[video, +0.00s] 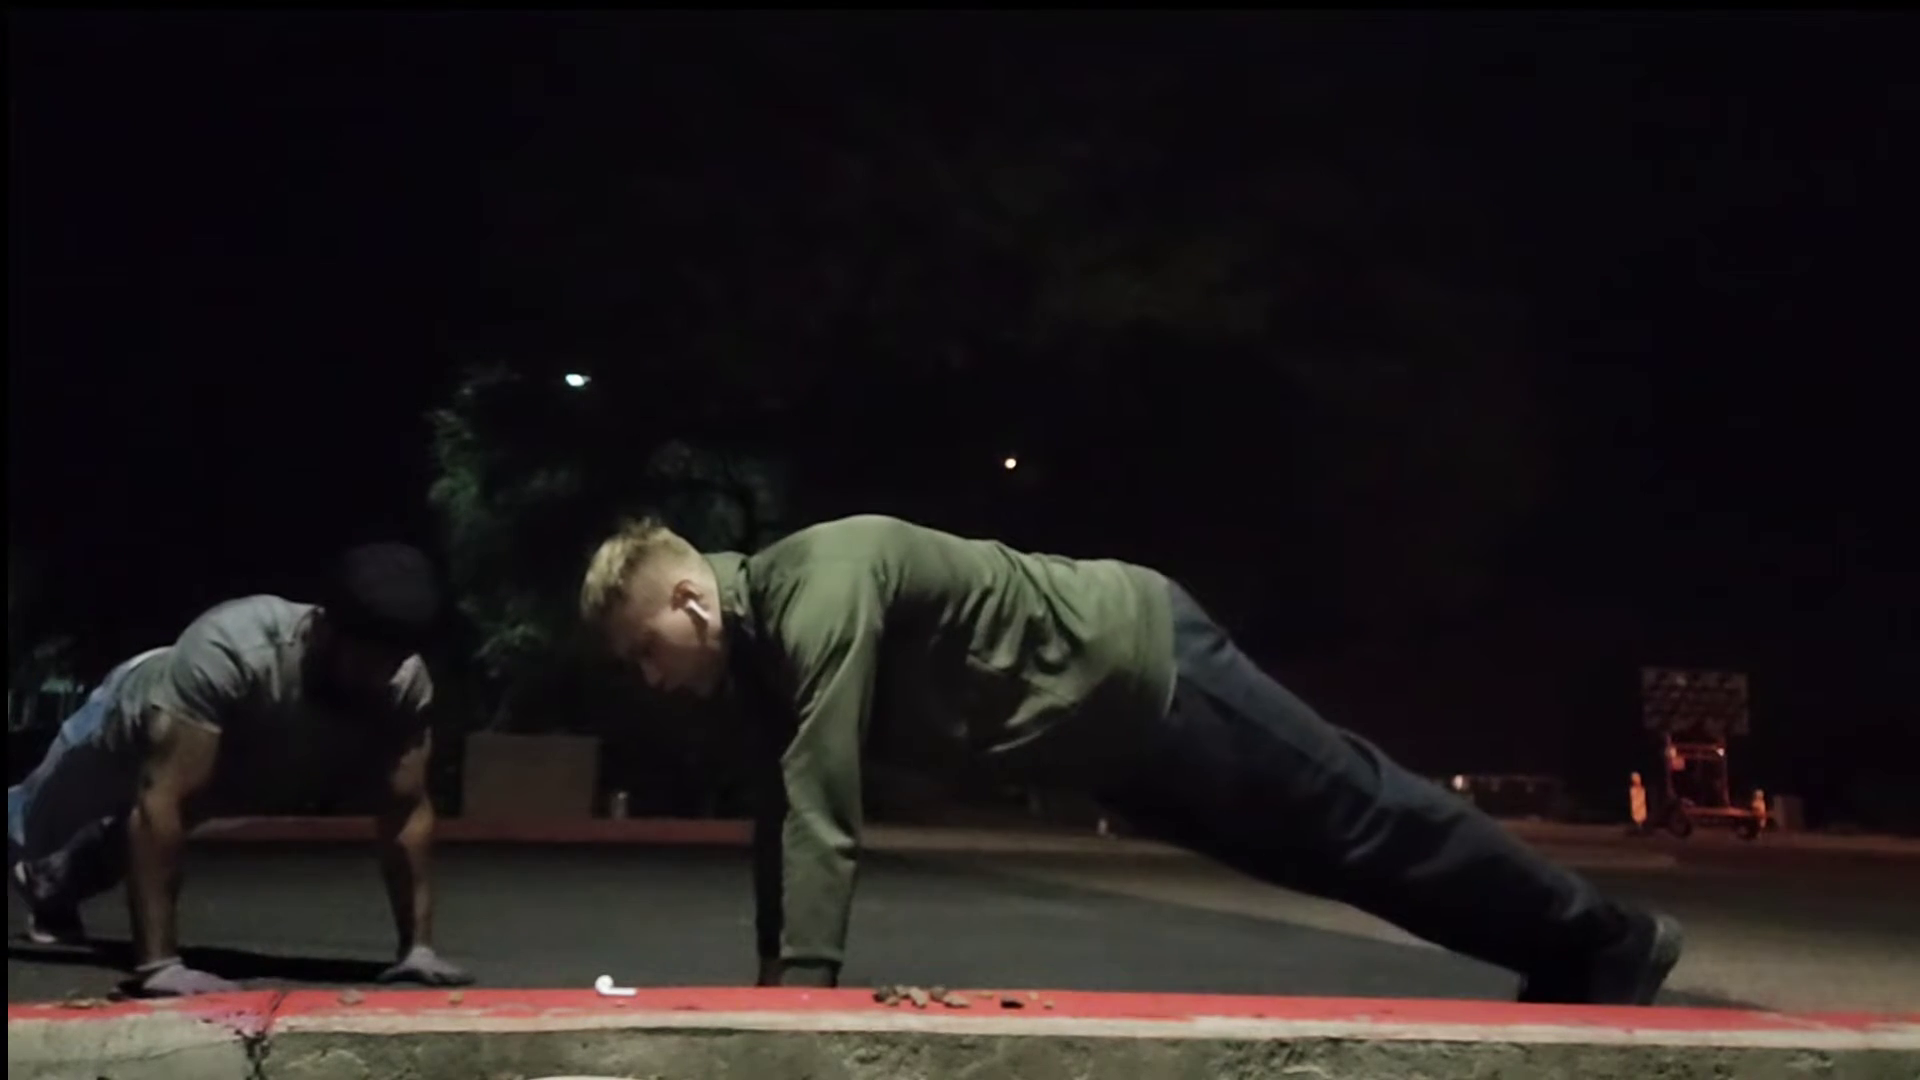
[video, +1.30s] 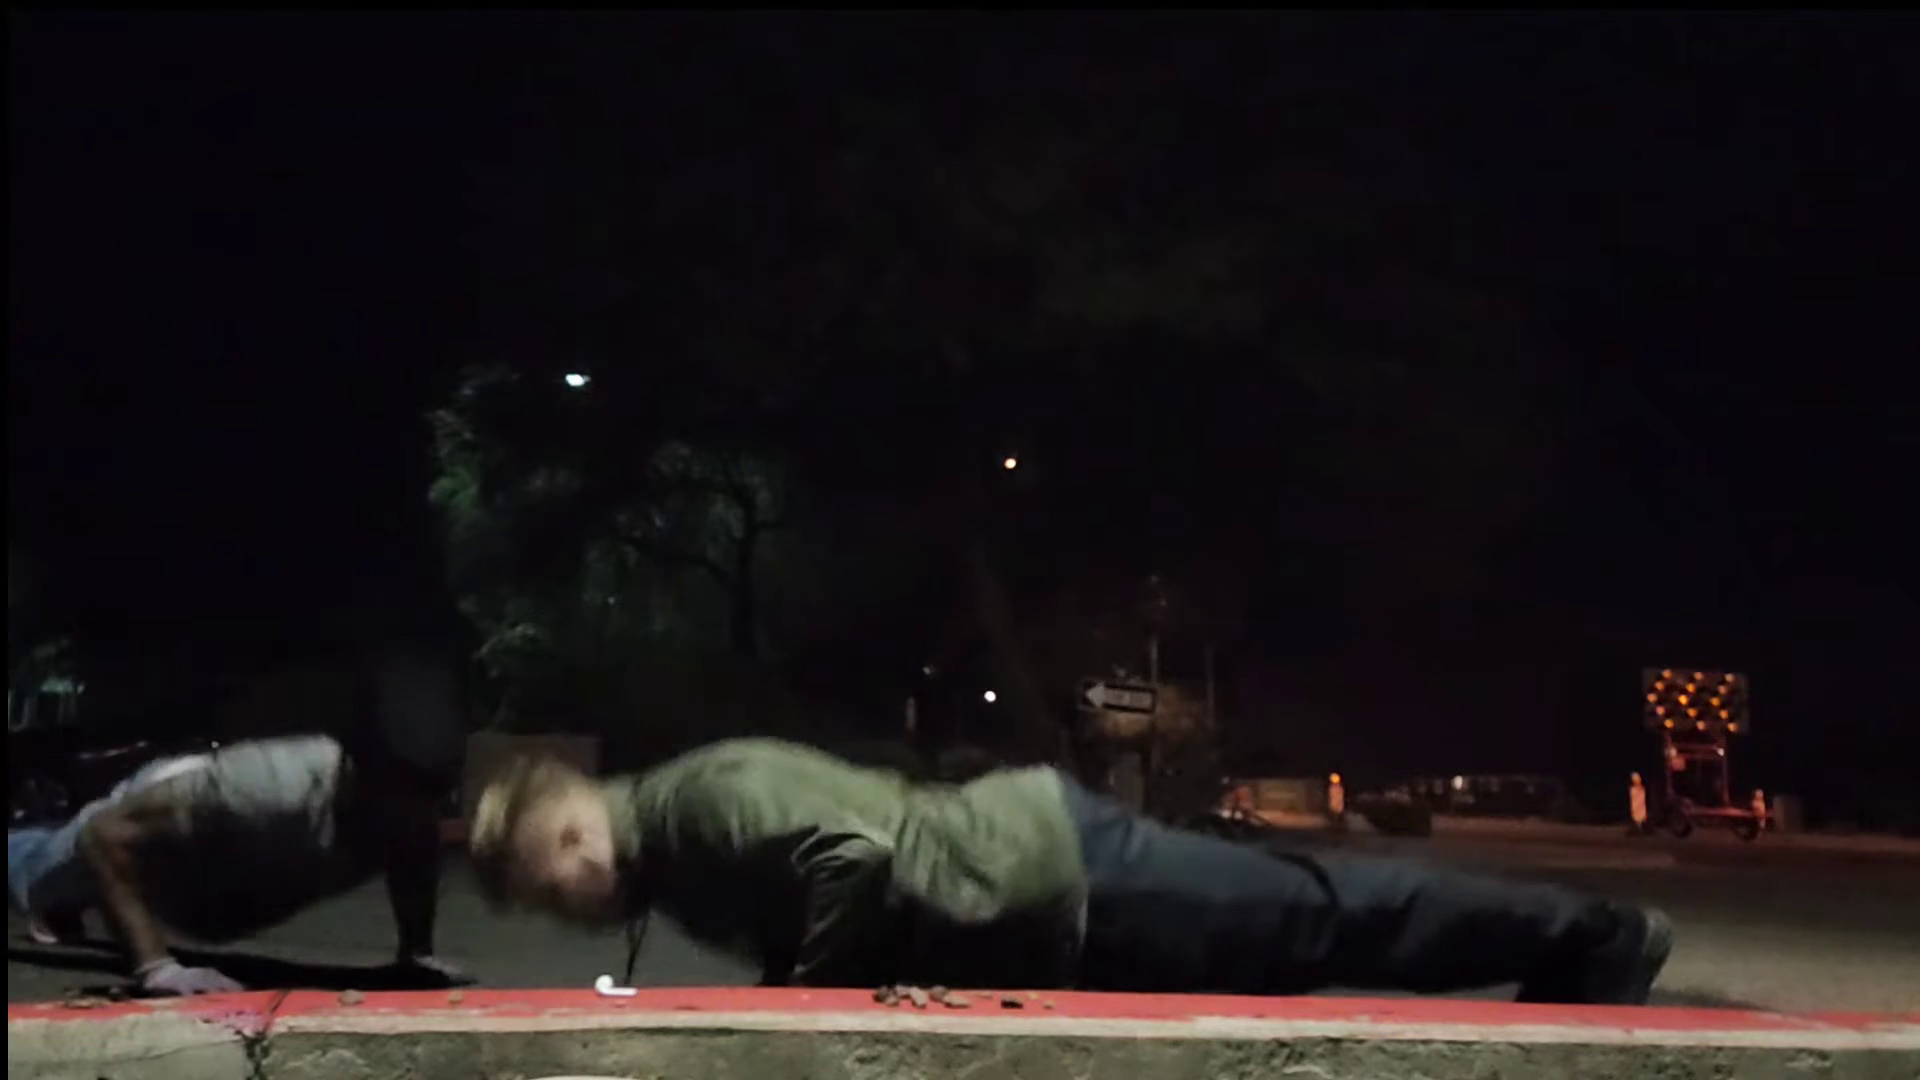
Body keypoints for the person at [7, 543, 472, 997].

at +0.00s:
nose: (387, 666)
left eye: (399, 650)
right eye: (373, 645)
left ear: (409, 646)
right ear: (328, 628)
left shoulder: (404, 687)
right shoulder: (228, 649)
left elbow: (409, 814)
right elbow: (158, 804)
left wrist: (418, 948)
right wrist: (157, 960)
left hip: (219, 758)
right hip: (125, 733)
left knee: (121, 845)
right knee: (33, 821)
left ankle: (54, 892)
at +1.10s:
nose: (403, 706)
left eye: (414, 691)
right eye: (392, 688)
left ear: (425, 688)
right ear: (355, 672)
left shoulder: (415, 727)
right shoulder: (260, 696)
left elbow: (410, 840)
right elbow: (128, 818)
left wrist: (416, 949)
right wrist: (156, 962)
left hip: (217, 768)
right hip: (144, 742)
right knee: (41, 827)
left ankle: (61, 896)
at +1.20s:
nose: (414, 755)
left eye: (424, 741)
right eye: (407, 737)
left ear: (426, 735)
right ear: (372, 720)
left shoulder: (398, 756)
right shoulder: (270, 743)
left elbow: (411, 845)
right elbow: (113, 827)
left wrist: (416, 947)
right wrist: (155, 962)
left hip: (211, 817)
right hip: (144, 781)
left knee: (96, 871)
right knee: (36, 857)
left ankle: (61, 903)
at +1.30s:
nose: (439, 813)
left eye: (443, 794)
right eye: (427, 790)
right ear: (387, 769)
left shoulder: (398, 798)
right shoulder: (278, 790)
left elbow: (414, 863)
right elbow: (107, 838)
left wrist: (415, 953)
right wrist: (154, 963)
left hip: (206, 836)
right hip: (134, 823)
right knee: (38, 864)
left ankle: (60, 903)